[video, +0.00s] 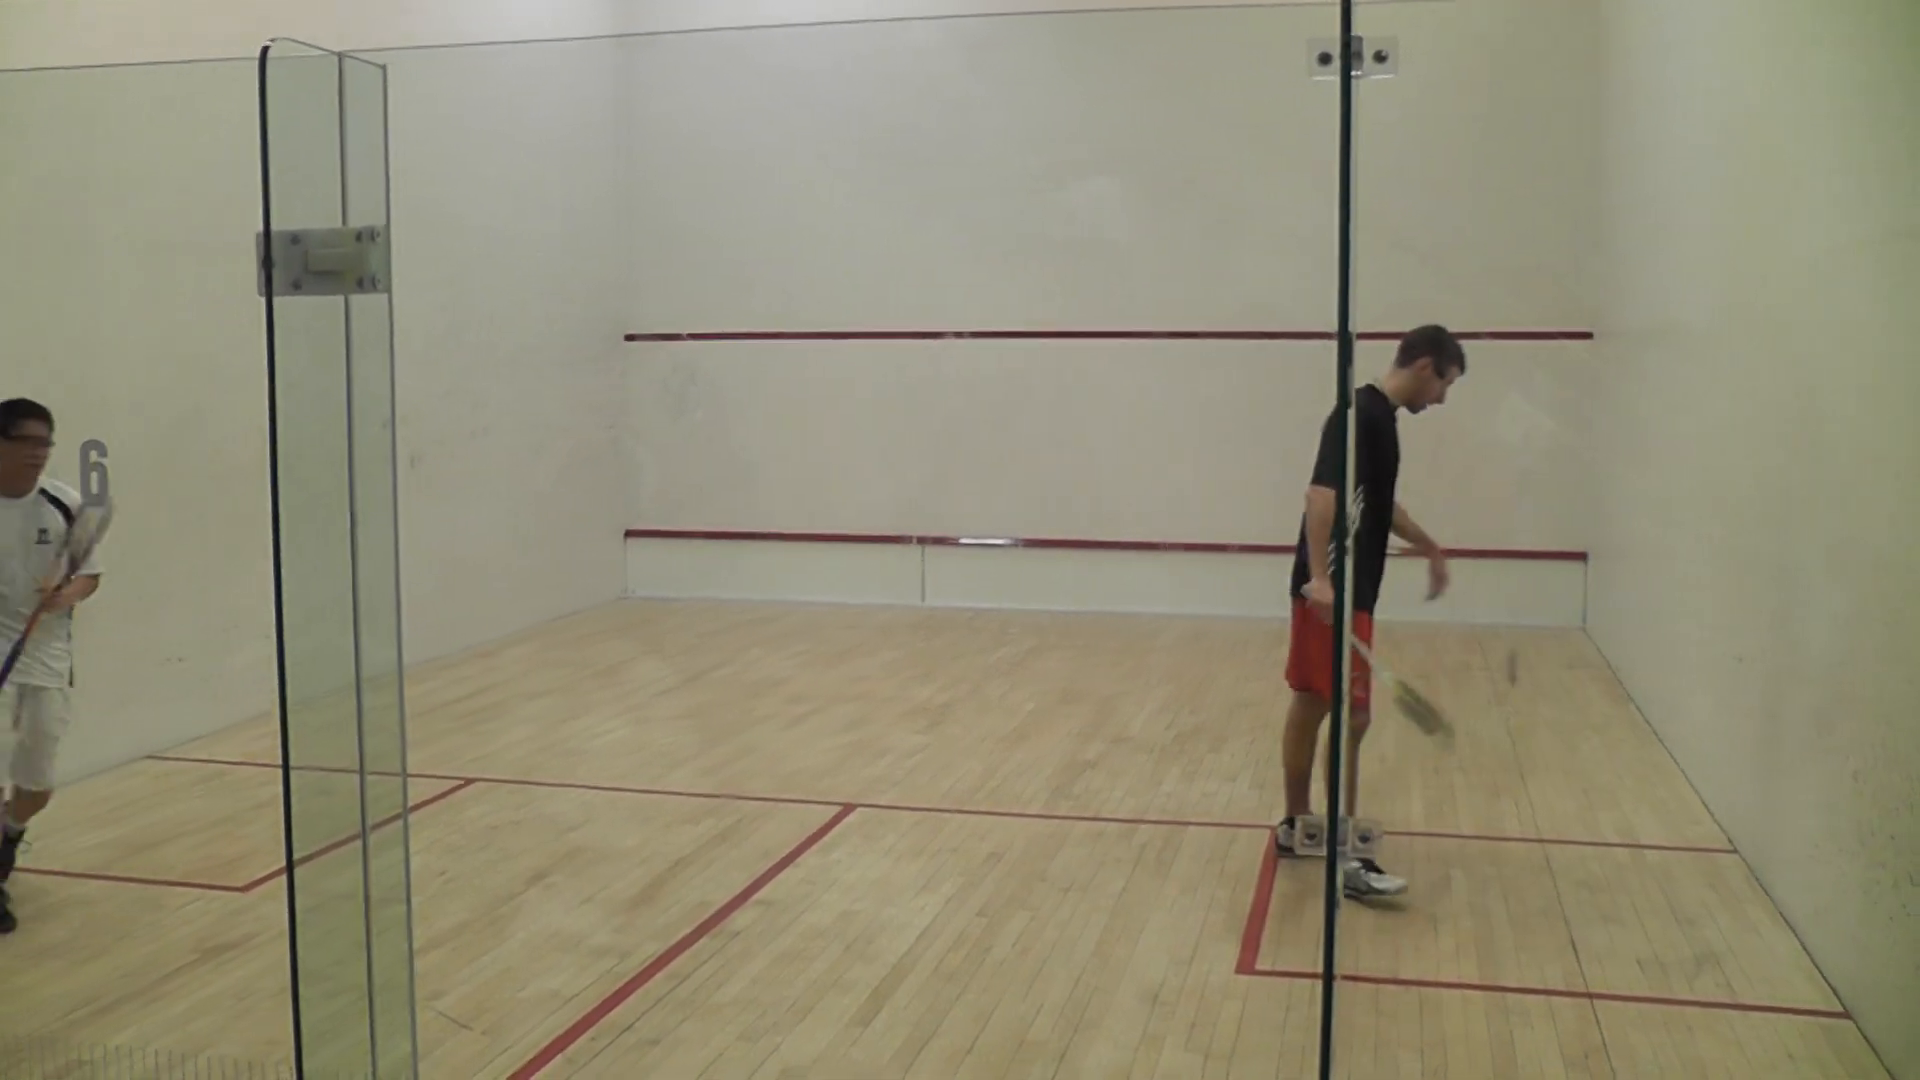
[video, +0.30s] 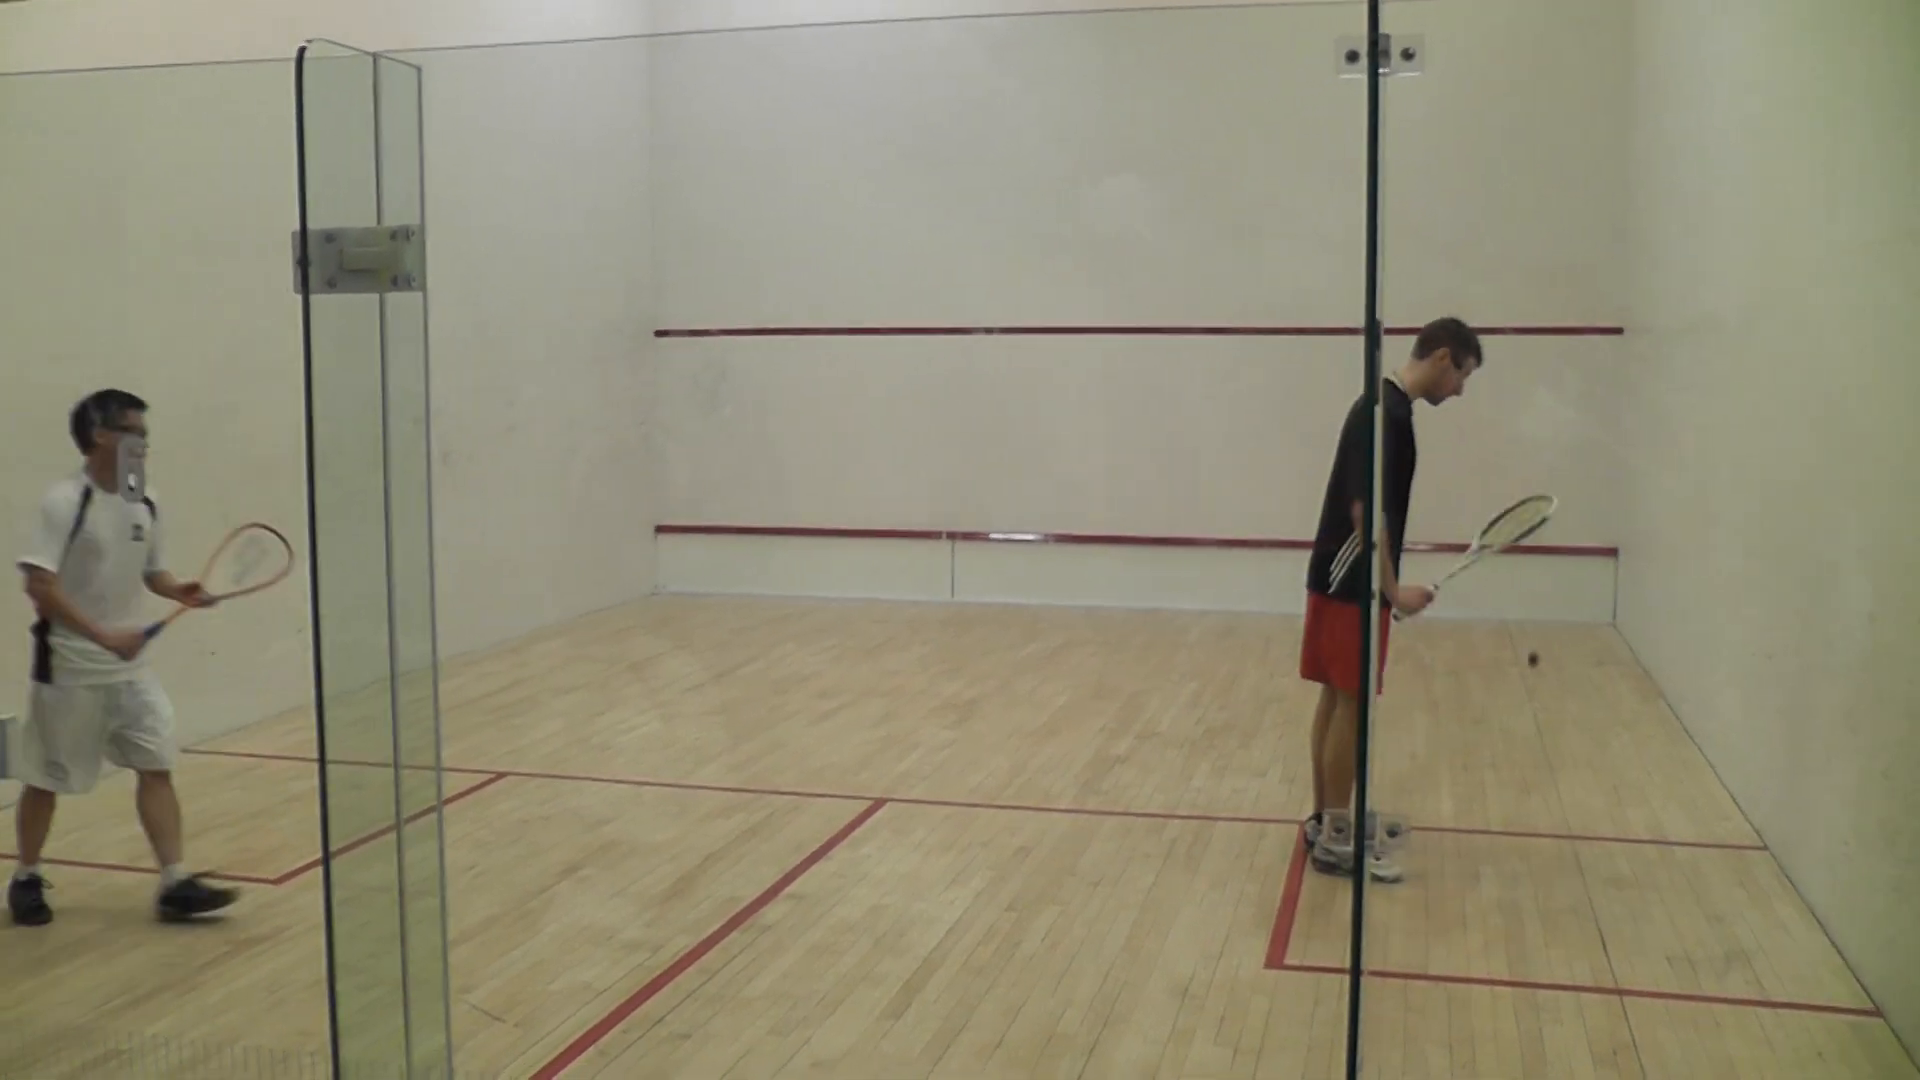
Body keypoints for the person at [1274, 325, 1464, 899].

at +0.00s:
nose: (1441, 398)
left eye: (1447, 388)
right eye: (1443, 384)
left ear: (1420, 367)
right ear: (1421, 366)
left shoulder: (1377, 417)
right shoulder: (1361, 413)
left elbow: (1377, 501)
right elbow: (1321, 497)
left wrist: (1428, 546)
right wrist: (1319, 575)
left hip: (1336, 589)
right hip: (1341, 594)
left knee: (1310, 703)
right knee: (1353, 715)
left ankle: (1298, 824)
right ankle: (1343, 852)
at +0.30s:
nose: (1459, 390)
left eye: (1465, 380)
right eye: (1461, 376)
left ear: (1435, 357)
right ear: (1439, 358)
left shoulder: (1380, 407)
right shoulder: (1386, 414)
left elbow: (1366, 509)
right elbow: (1367, 511)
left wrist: (1389, 584)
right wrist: (1392, 588)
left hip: (1344, 584)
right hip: (1352, 589)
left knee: (1336, 700)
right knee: (1352, 708)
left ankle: (1329, 818)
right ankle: (1338, 834)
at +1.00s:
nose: (1494, 370)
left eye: (1498, 358)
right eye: (1495, 356)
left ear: (1459, 340)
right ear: (1473, 342)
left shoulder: (1411, 393)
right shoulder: (1435, 404)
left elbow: (1408, 497)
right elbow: (1429, 505)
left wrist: (1430, 575)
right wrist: (1442, 583)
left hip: (1394, 569)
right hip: (1419, 577)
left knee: (1394, 685)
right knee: (1433, 690)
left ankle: (1370, 807)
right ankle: (1413, 819)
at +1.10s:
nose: (1524, 370)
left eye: (1528, 358)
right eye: (1525, 356)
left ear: (1488, 340)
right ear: (1503, 343)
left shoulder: (1441, 392)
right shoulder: (1461, 405)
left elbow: (1440, 502)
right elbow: (1456, 508)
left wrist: (1459, 582)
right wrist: (1469, 596)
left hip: (1427, 572)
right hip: (1442, 580)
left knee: (1444, 685)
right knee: (1459, 690)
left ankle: (1401, 798)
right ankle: (1437, 820)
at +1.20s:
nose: (1551, 372)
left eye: (1556, 361)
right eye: (1552, 358)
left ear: (1518, 342)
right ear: (1531, 345)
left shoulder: (1469, 392)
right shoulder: (1486, 404)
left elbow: (1468, 493)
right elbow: (1480, 504)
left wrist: (1500, 545)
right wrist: (1491, 594)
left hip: (1458, 571)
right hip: (1467, 579)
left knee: (1474, 686)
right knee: (1483, 691)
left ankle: (1432, 792)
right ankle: (1457, 821)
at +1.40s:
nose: (1583, 371)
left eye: (1587, 360)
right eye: (1582, 358)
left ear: (1554, 346)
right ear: (1556, 346)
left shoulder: (1519, 401)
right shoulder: (1507, 404)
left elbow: (1521, 495)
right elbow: (1494, 506)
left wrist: (1578, 506)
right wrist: (1526, 584)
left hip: (1505, 583)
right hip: (1497, 586)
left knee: (1502, 694)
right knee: (1505, 699)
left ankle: (1477, 808)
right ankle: (1486, 832)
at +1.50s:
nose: (1583, 367)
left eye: (1586, 356)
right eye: (1579, 354)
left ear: (1554, 348)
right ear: (1547, 343)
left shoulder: (1533, 407)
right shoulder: (1510, 408)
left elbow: (1544, 493)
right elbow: (1500, 504)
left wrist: (1597, 503)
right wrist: (1534, 573)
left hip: (1516, 584)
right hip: (1504, 585)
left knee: (1503, 697)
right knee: (1515, 702)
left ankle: (1485, 815)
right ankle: (1496, 833)